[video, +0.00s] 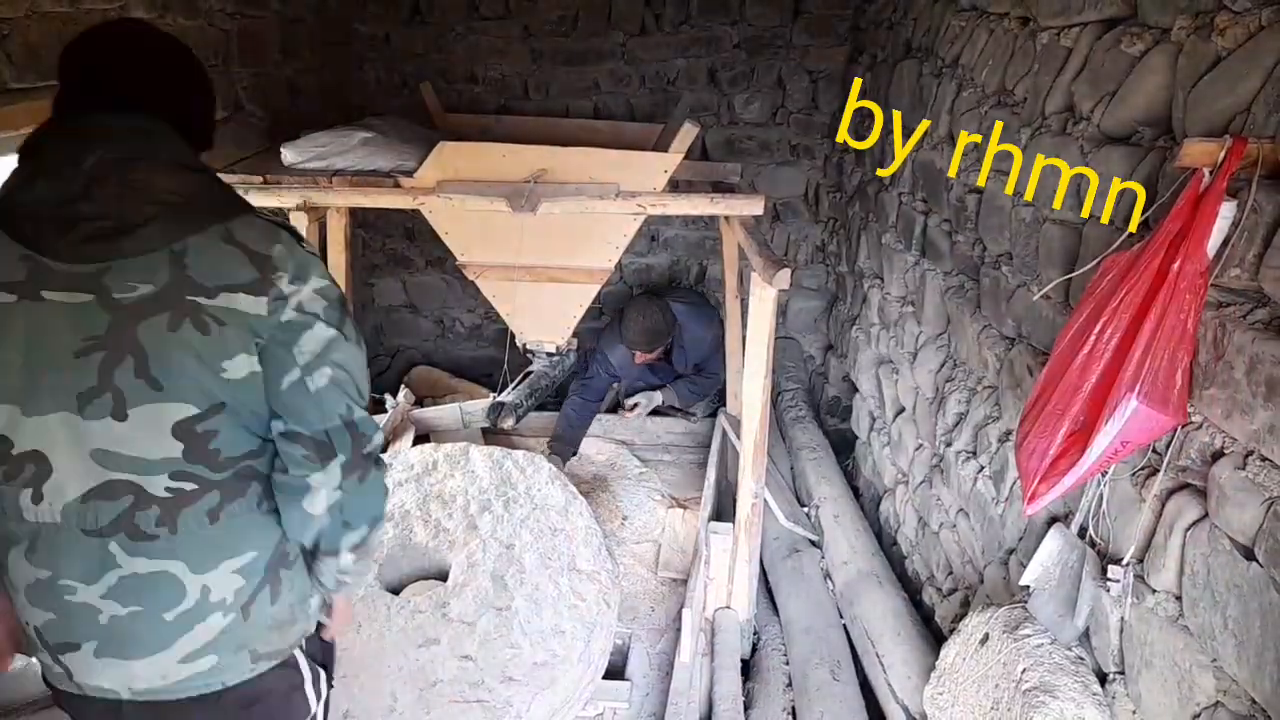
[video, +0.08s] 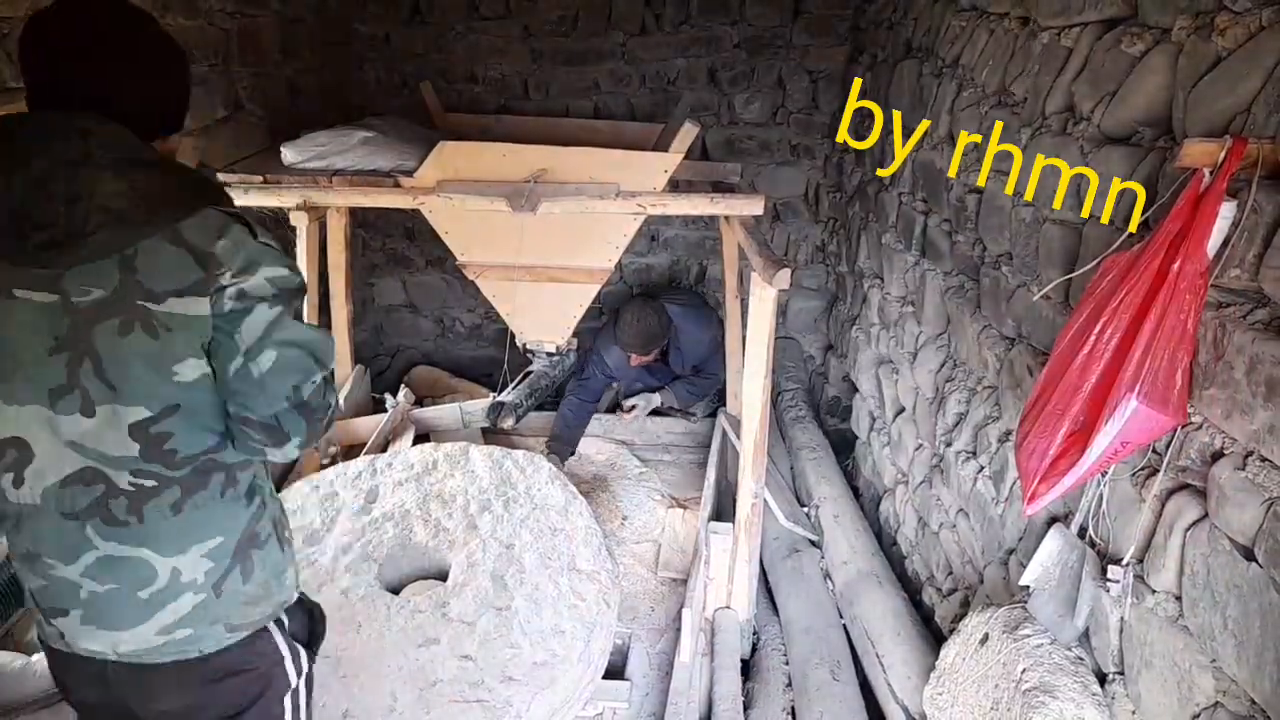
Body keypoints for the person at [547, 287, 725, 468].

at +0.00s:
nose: (639, 359)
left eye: (647, 353)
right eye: (633, 351)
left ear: (666, 343)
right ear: (625, 339)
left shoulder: (704, 338)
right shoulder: (610, 353)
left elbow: (712, 378)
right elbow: (582, 400)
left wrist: (660, 397)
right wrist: (557, 455)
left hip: (690, 370)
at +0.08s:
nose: (634, 361)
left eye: (643, 356)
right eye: (628, 353)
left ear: (662, 345)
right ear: (621, 341)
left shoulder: (702, 341)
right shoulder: (606, 354)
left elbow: (710, 378)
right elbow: (579, 400)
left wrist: (658, 399)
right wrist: (556, 455)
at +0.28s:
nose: (643, 352)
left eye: (653, 345)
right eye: (639, 343)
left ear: (672, 337)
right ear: (631, 331)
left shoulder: (708, 335)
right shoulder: (616, 342)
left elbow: (711, 379)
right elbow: (589, 387)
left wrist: (662, 394)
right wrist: (566, 442)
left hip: (689, 368)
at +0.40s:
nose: (643, 347)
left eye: (653, 341)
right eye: (639, 339)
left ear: (674, 333)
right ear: (632, 327)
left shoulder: (709, 333)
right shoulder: (617, 339)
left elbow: (714, 379)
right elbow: (584, 387)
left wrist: (664, 393)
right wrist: (563, 449)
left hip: (691, 368)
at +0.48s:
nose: (641, 353)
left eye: (649, 348)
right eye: (636, 346)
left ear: (667, 337)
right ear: (625, 328)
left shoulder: (703, 324)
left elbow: (714, 373)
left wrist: (662, 393)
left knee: (702, 406)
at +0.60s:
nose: (686, 302)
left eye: (690, 294)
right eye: (678, 295)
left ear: (697, 281)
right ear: (658, 285)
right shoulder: (628, 289)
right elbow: (638, 348)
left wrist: (725, 353)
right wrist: (657, 393)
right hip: (646, 349)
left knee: (697, 400)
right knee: (632, 405)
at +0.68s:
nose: (667, 279)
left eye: (678, 273)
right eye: (666, 270)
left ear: (697, 274)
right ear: (662, 262)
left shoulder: (722, 283)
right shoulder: (637, 279)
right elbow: (624, 329)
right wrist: (632, 379)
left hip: (703, 349)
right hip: (658, 347)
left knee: (712, 395)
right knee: (675, 393)